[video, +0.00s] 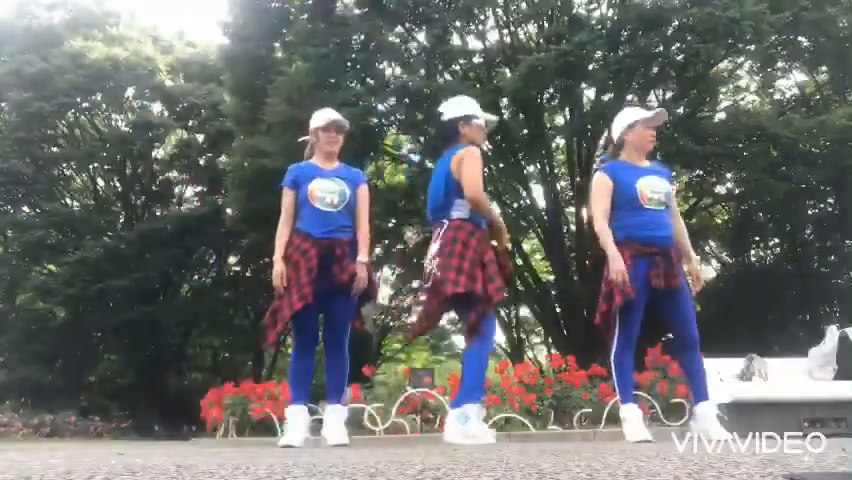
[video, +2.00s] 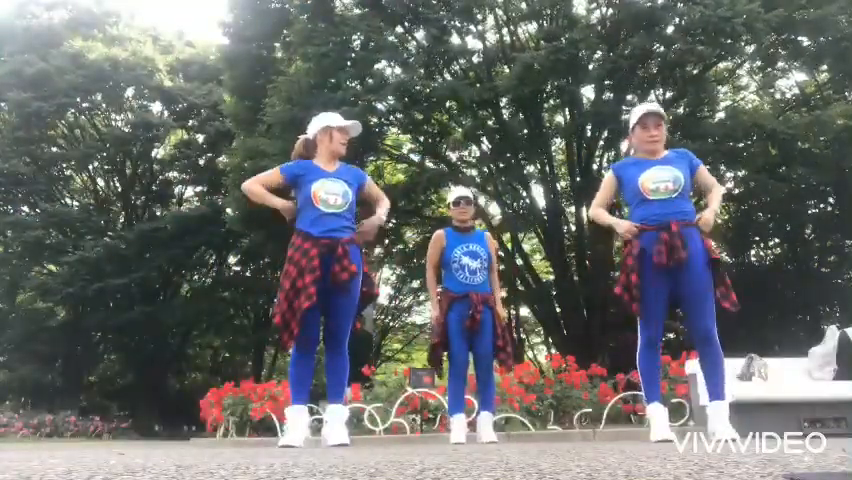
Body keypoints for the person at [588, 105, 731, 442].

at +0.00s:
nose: (654, 133)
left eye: (654, 128)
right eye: (648, 128)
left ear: (646, 135)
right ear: (627, 133)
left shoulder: (661, 172)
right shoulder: (607, 172)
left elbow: (675, 219)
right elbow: (600, 219)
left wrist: (691, 258)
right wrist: (613, 256)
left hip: (669, 257)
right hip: (632, 258)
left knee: (689, 336)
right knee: (626, 336)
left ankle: (703, 412)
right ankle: (629, 411)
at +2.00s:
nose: (652, 131)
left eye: (657, 125)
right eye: (645, 126)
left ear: (666, 130)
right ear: (632, 133)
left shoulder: (683, 157)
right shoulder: (620, 168)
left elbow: (713, 187)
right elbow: (595, 210)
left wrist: (711, 210)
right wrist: (615, 222)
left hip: (689, 240)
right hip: (648, 244)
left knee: (706, 331)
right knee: (651, 334)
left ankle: (719, 414)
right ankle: (656, 413)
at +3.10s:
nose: (636, 125)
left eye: (642, 119)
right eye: (629, 122)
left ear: (657, 125)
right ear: (623, 133)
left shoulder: (682, 156)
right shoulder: (617, 174)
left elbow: (712, 199)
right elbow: (607, 226)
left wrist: (701, 173)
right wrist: (602, 212)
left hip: (676, 242)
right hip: (636, 250)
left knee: (697, 326)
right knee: (634, 332)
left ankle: (718, 409)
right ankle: (650, 417)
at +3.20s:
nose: (637, 131)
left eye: (643, 124)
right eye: (630, 128)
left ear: (657, 130)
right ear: (625, 138)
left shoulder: (679, 158)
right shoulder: (620, 175)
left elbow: (724, 165)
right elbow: (593, 209)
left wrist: (699, 132)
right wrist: (593, 169)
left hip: (674, 247)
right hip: (635, 252)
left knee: (686, 327)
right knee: (627, 332)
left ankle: (713, 408)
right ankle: (650, 416)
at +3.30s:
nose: (636, 130)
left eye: (641, 124)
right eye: (629, 128)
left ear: (657, 129)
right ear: (625, 140)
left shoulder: (678, 152)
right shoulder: (625, 172)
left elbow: (718, 124)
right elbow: (587, 167)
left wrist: (688, 95)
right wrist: (595, 139)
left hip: (677, 250)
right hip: (639, 256)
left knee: (688, 329)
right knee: (621, 328)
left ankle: (713, 408)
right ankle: (648, 413)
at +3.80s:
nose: (617, 154)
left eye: (623, 149)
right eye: (611, 151)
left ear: (636, 155)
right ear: (607, 160)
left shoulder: (650, 170)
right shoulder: (605, 190)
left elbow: (662, 132)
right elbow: (600, 165)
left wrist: (682, 99)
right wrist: (608, 131)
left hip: (662, 253)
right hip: (631, 267)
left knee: (674, 324)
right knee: (624, 345)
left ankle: (704, 402)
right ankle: (652, 419)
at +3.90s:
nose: (614, 169)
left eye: (619, 163)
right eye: (609, 167)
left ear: (633, 164)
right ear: (605, 174)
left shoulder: (649, 181)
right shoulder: (608, 201)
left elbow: (661, 156)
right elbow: (598, 205)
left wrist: (681, 135)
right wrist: (600, 175)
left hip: (659, 264)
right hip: (629, 272)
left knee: (655, 338)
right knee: (613, 345)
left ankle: (684, 410)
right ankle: (651, 417)